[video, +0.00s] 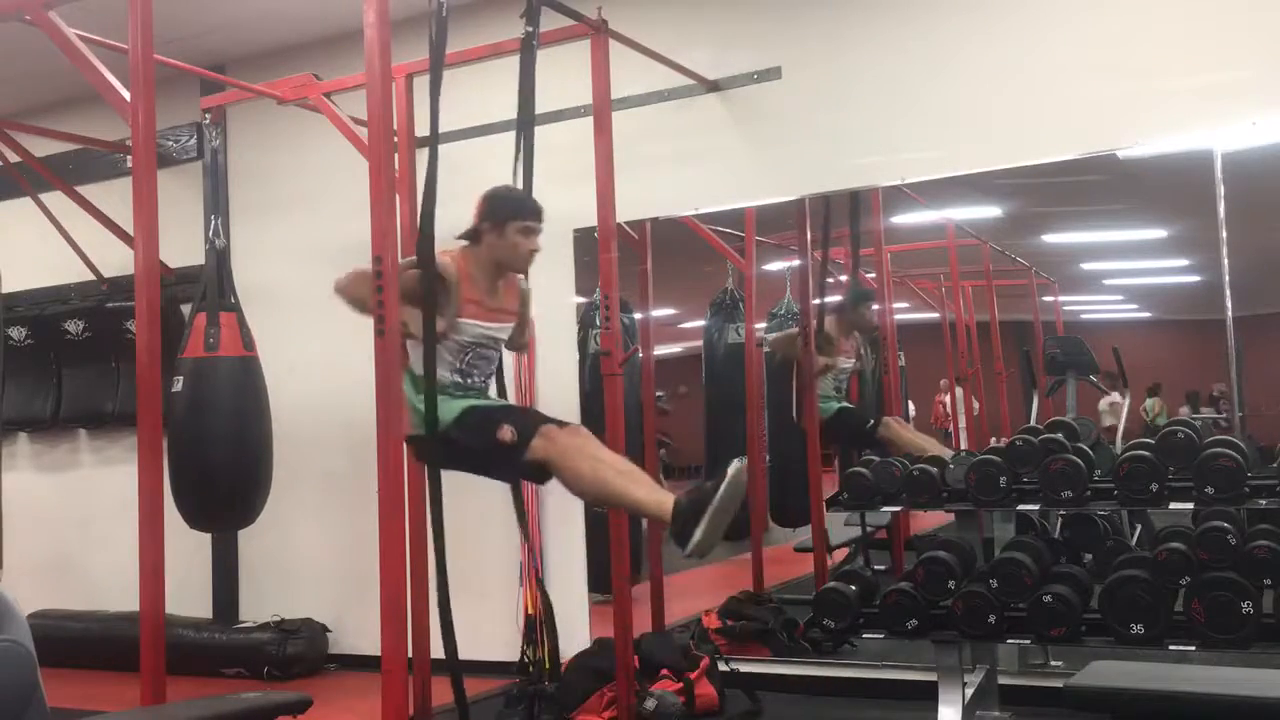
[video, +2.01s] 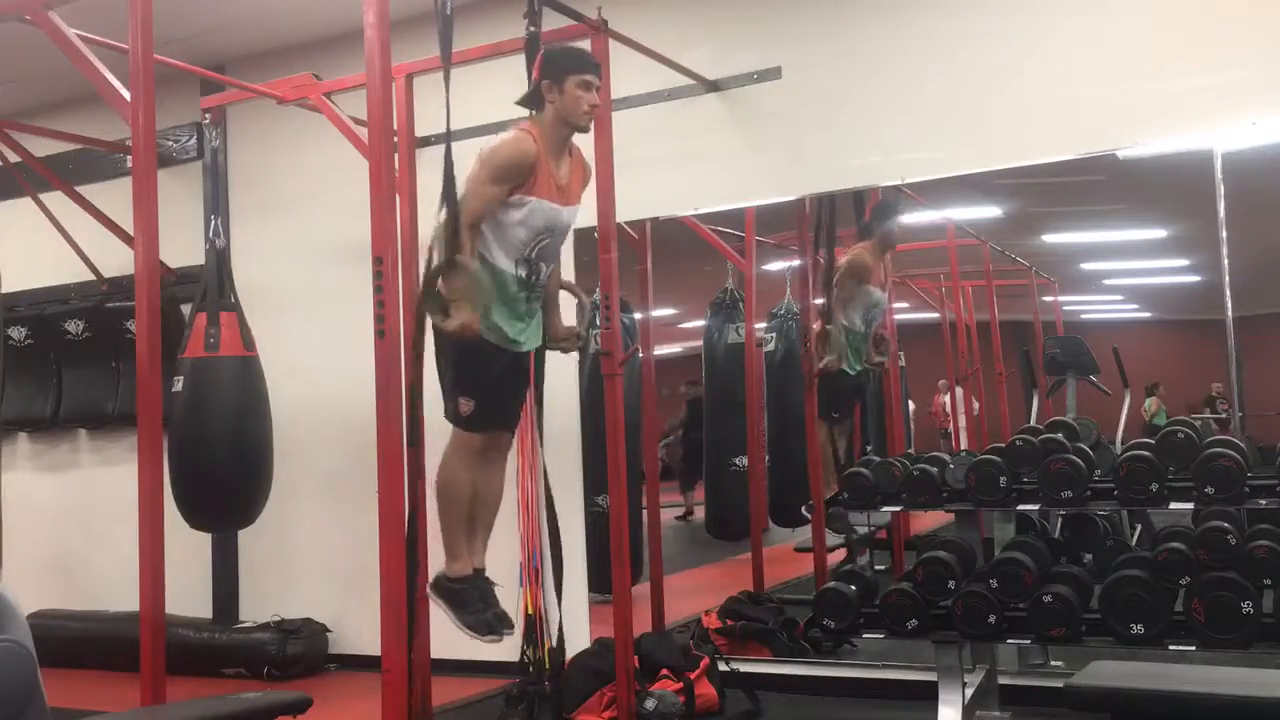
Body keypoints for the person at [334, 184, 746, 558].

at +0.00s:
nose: (535, 246)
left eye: (537, 235)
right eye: (526, 234)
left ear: (520, 237)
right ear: (488, 232)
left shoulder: (515, 291)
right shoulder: (443, 272)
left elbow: (518, 337)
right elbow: (349, 285)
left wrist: (522, 336)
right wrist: (402, 317)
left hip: (481, 411)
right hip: (432, 412)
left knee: (577, 434)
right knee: (555, 442)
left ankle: (681, 511)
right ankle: (675, 515)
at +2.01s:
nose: (595, 99)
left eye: (598, 90)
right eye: (585, 88)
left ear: (589, 99)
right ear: (548, 90)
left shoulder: (577, 167)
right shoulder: (515, 150)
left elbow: (546, 249)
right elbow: (458, 222)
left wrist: (554, 319)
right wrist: (460, 301)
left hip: (522, 321)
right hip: (476, 315)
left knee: (496, 444)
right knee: (469, 439)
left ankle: (474, 568)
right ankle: (454, 571)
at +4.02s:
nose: (501, 430)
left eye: (502, 419)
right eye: (489, 419)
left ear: (505, 423)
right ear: (461, 428)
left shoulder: (517, 462)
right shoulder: (455, 470)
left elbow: (573, 408)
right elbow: (496, 405)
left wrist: (555, 342)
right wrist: (489, 333)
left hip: (542, 623)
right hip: (493, 642)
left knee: (635, 659)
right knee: (609, 674)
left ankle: (753, 710)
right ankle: (743, 717)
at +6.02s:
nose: (596, 182)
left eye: (597, 171)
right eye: (584, 171)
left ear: (586, 181)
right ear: (550, 178)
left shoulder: (577, 239)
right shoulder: (513, 229)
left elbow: (536, 290)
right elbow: (416, 232)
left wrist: (543, 328)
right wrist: (425, 305)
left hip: (513, 384)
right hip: (459, 377)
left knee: (518, 499)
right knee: (491, 499)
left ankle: (496, 636)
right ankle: (479, 639)